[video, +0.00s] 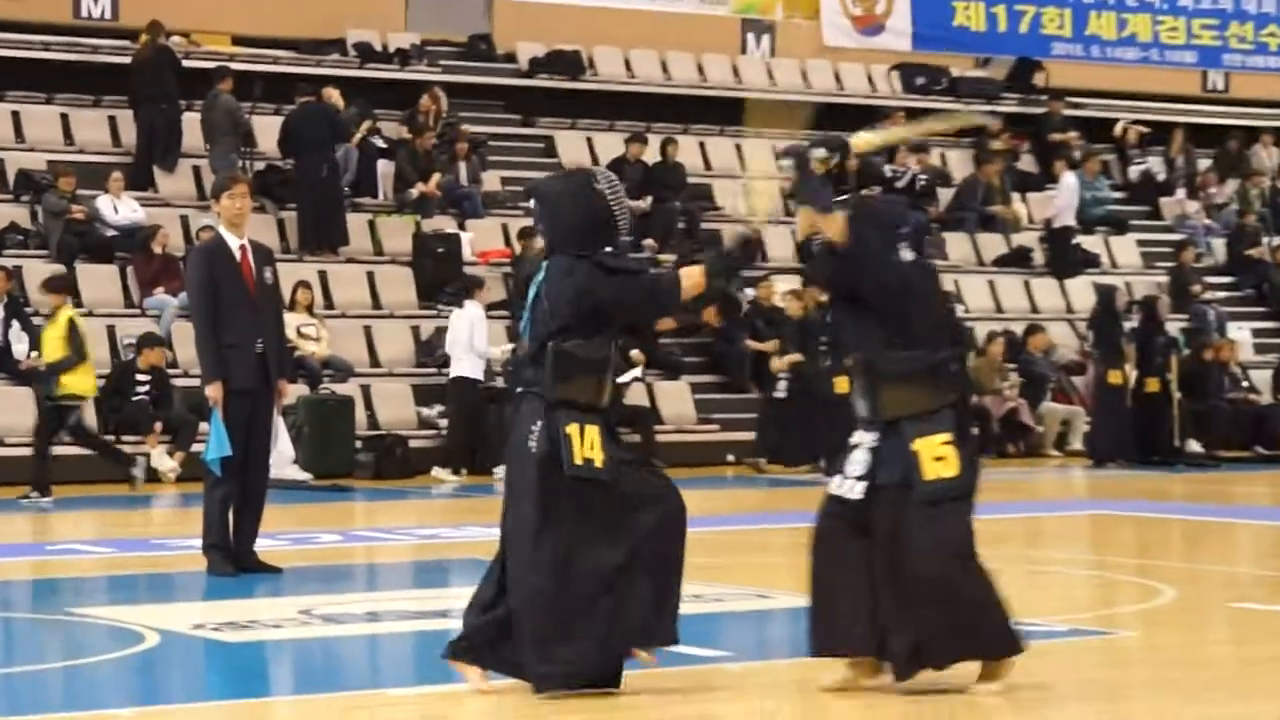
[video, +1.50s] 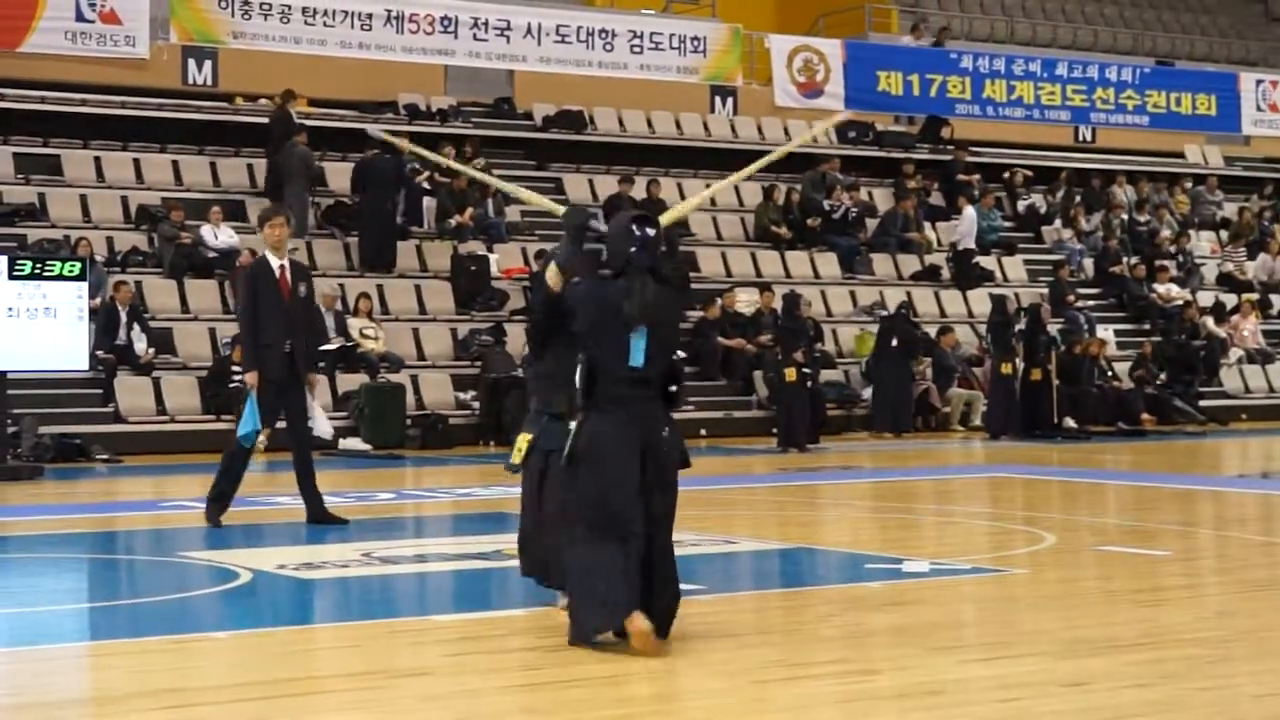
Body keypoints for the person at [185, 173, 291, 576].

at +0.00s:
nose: (239, 204)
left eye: (244, 197)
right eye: (231, 198)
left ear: (252, 203)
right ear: (216, 205)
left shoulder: (263, 254)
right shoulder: (203, 254)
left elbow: (275, 317)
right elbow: (202, 320)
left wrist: (282, 372)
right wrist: (211, 376)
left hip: (264, 372)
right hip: (228, 373)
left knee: (256, 466)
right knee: (225, 466)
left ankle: (245, 549)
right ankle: (217, 551)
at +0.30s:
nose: (263, 212)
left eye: (268, 205)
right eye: (256, 206)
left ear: (275, 211)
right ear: (243, 213)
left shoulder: (286, 257)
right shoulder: (232, 257)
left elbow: (297, 315)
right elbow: (231, 317)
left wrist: (303, 365)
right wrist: (239, 368)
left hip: (287, 364)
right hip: (254, 365)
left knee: (279, 449)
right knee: (251, 450)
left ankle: (270, 524)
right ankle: (245, 527)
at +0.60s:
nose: (286, 219)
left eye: (290, 213)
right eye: (278, 213)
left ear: (297, 218)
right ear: (266, 219)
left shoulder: (307, 261)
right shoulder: (255, 261)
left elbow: (317, 316)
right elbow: (254, 318)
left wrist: (322, 363)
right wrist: (261, 366)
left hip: (307, 362)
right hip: (275, 364)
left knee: (300, 444)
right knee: (272, 444)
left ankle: (290, 515)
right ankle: (266, 517)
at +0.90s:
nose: (310, 227)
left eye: (314, 222)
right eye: (304, 222)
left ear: (321, 226)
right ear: (293, 228)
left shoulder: (331, 267)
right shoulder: (281, 266)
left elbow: (339, 318)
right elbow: (279, 318)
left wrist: (342, 362)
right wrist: (286, 364)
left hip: (328, 360)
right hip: (298, 362)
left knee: (322, 436)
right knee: (296, 436)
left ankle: (314, 504)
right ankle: (292, 506)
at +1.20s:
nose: (305, 228)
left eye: (309, 222)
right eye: (299, 223)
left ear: (317, 227)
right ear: (289, 228)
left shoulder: (327, 267)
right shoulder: (277, 265)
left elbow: (335, 317)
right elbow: (271, 317)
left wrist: (334, 362)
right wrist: (275, 362)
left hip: (318, 361)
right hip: (288, 361)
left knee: (315, 436)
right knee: (278, 433)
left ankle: (314, 505)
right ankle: (263, 504)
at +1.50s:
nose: (277, 232)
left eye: (282, 226)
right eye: (271, 227)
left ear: (290, 230)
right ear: (261, 233)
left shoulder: (301, 271)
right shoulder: (250, 272)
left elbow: (311, 321)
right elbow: (246, 321)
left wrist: (313, 366)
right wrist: (250, 366)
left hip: (295, 364)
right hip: (265, 365)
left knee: (301, 440)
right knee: (248, 437)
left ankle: (315, 508)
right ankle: (216, 503)